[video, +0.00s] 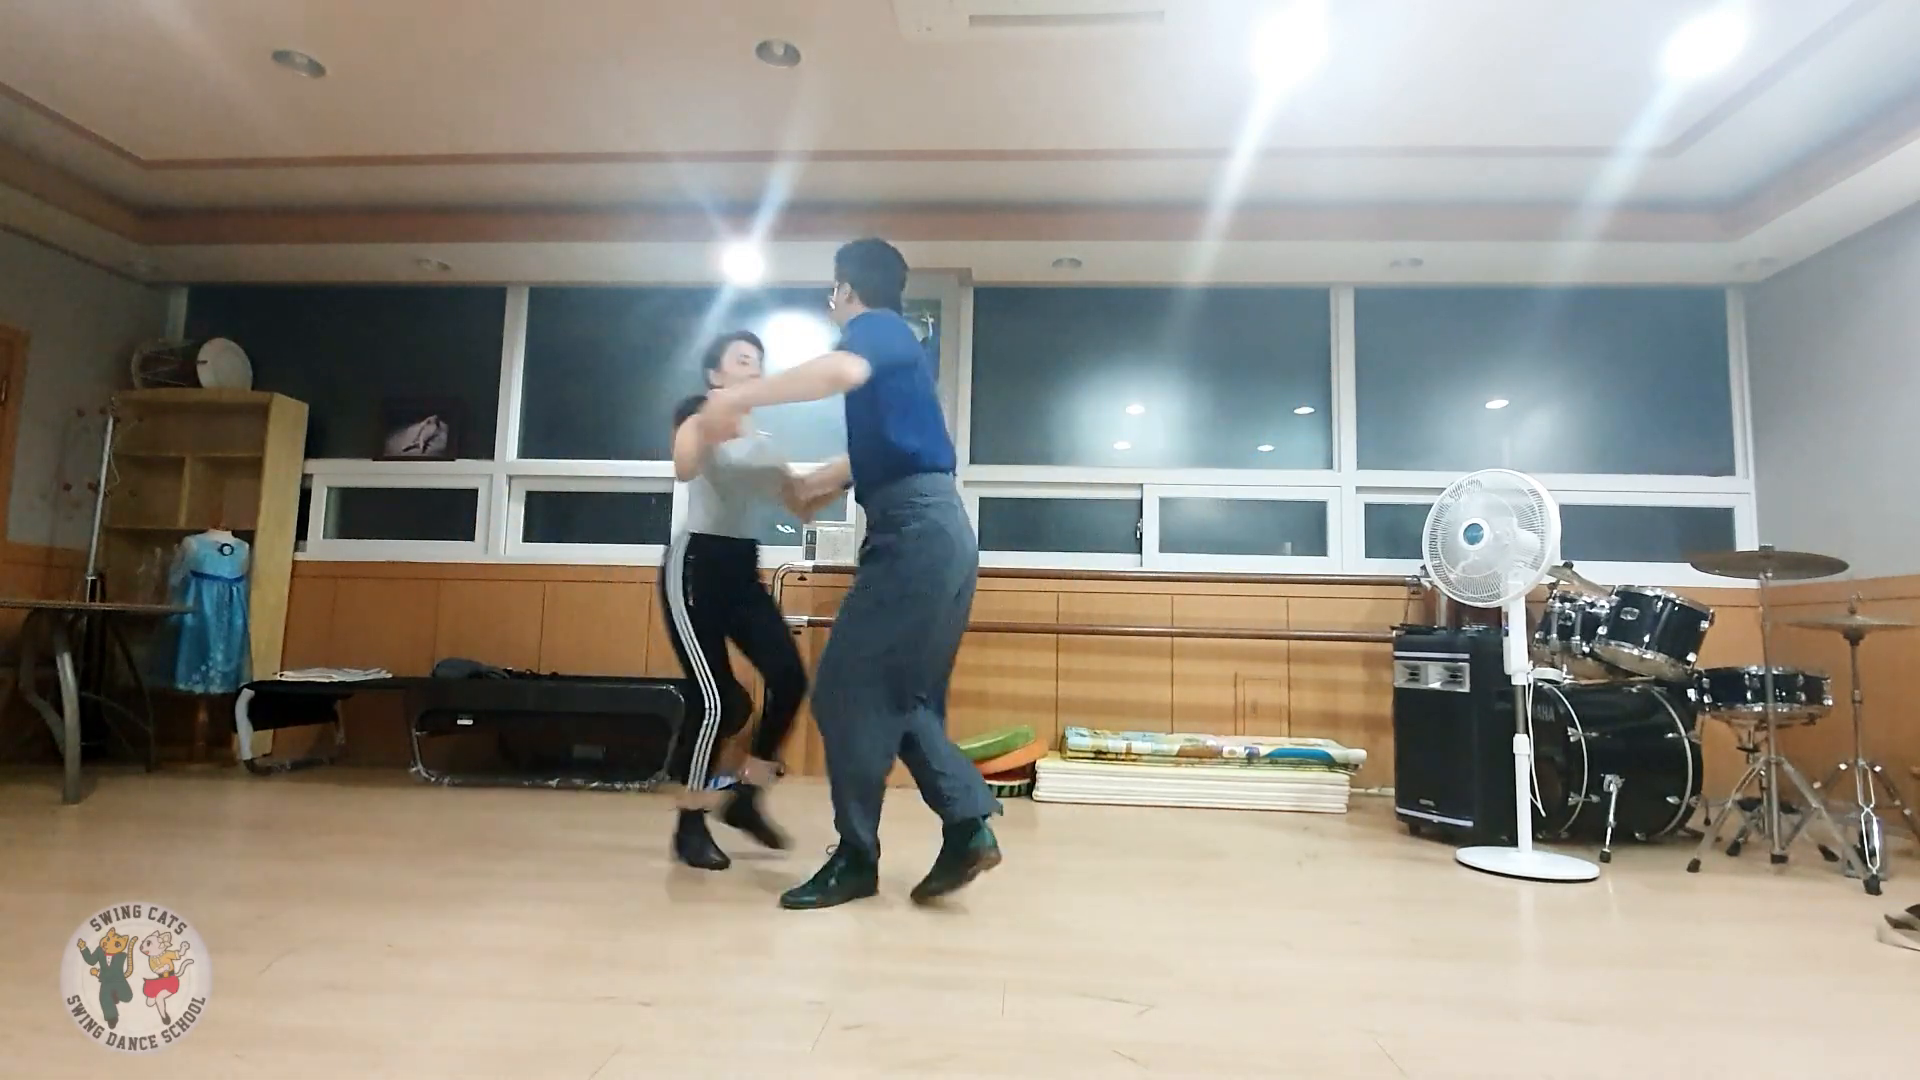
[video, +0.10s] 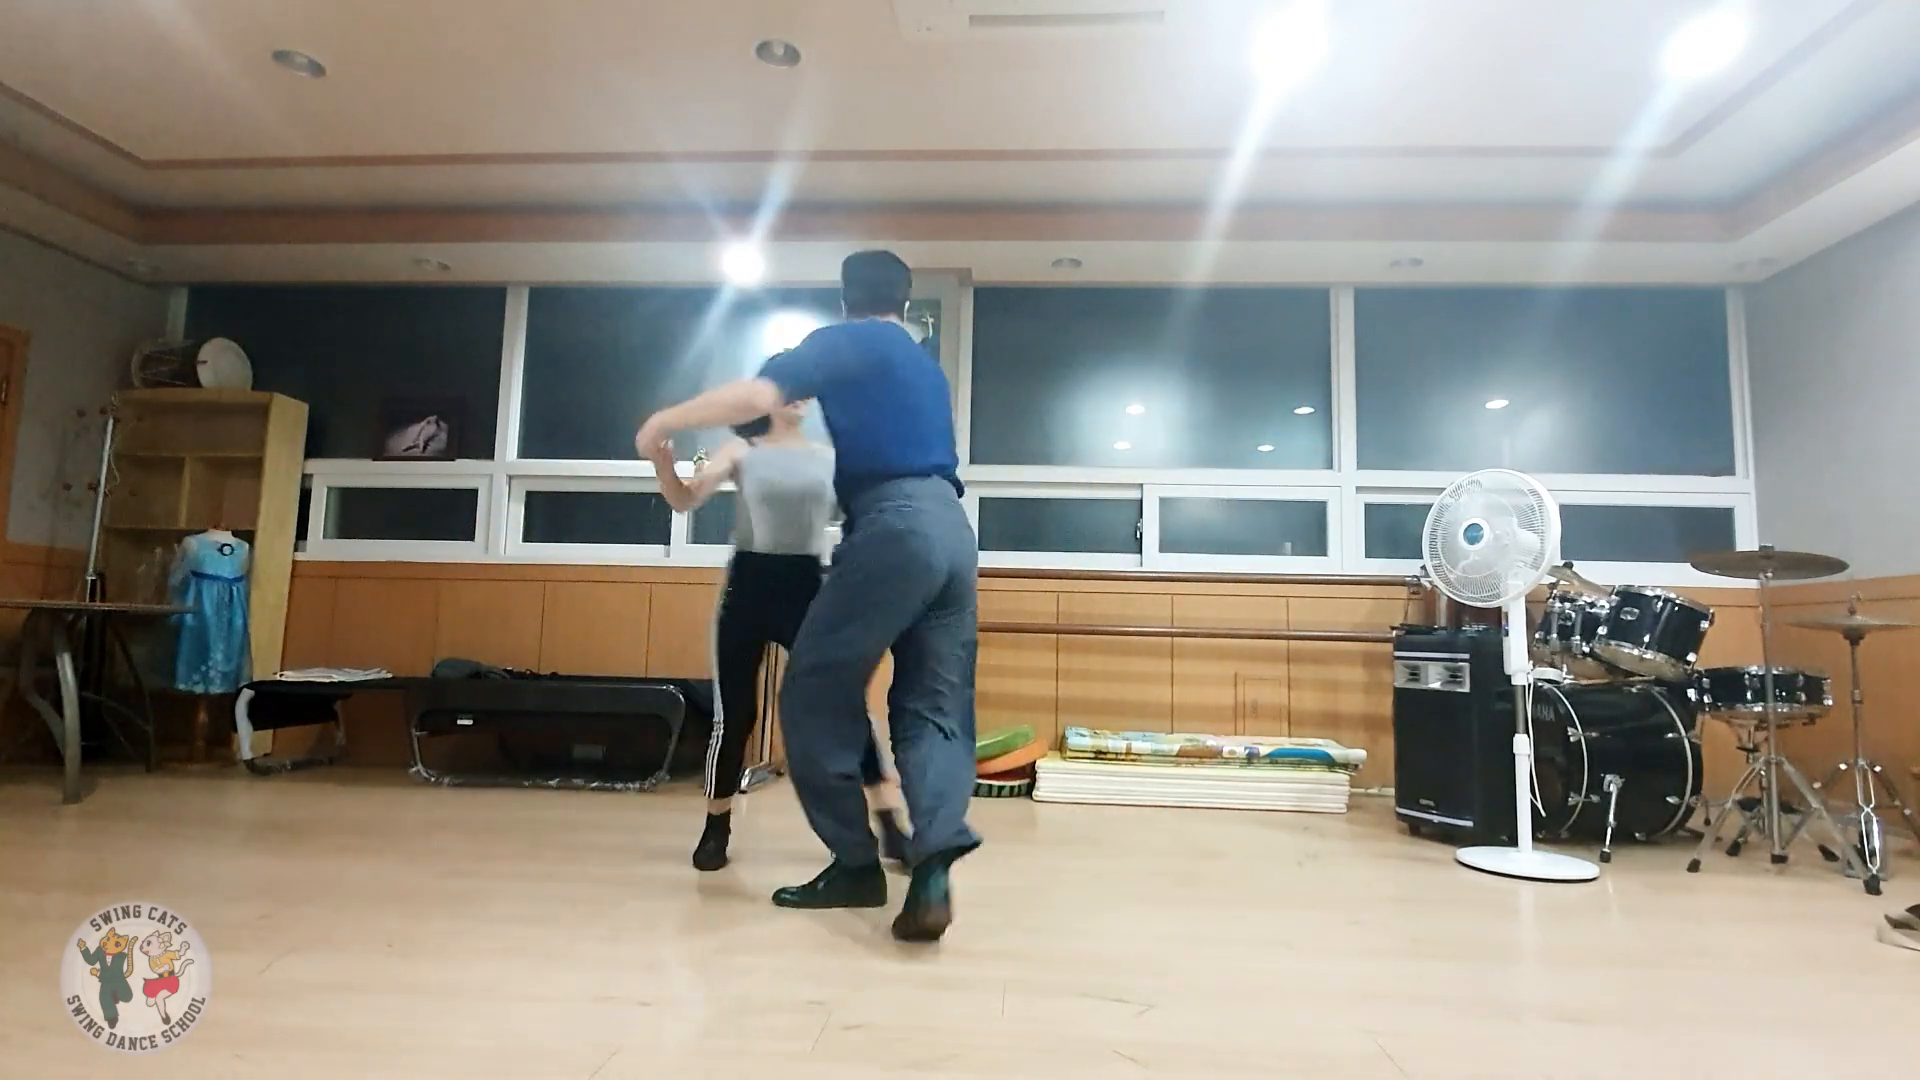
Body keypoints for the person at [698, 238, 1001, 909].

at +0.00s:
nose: (829, 300)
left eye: (833, 289)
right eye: (833, 290)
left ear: (849, 290)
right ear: (890, 291)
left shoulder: (877, 328)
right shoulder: (899, 345)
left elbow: (839, 373)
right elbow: (884, 447)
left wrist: (738, 397)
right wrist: (817, 485)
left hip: (913, 535)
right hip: (940, 536)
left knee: (846, 689)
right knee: (907, 696)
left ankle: (856, 857)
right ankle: (968, 826)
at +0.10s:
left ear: (845, 298)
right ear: (902, 303)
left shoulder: (845, 343)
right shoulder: (925, 363)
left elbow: (759, 397)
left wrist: (661, 424)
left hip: (892, 527)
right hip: (953, 527)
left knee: (819, 688)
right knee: (935, 707)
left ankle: (856, 863)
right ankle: (934, 866)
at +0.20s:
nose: (922, 311)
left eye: (917, 303)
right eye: (921, 301)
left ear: (852, 300)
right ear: (910, 301)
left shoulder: (818, 348)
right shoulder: (949, 367)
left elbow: (735, 433)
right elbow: (973, 473)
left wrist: (693, 475)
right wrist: (945, 507)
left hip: (863, 517)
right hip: (946, 523)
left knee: (800, 698)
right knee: (929, 719)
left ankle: (843, 866)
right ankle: (924, 897)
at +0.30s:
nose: (929, 291)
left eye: (926, 280)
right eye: (926, 279)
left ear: (857, 278)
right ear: (906, 275)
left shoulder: (806, 337)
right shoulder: (941, 337)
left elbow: (761, 453)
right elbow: (974, 447)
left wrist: (777, 508)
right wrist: (945, 501)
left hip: (833, 502)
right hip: (921, 502)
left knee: (821, 686)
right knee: (929, 708)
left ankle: (824, 848)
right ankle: (922, 896)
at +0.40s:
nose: (923, 283)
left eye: (921, 272)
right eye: (919, 270)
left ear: (857, 270)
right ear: (891, 266)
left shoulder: (799, 336)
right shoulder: (919, 320)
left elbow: (786, 440)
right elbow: (956, 430)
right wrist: (978, 456)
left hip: (812, 493)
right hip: (897, 489)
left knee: (827, 672)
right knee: (910, 695)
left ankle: (819, 835)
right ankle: (903, 905)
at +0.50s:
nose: (910, 293)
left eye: (908, 280)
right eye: (906, 279)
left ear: (845, 280)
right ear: (880, 276)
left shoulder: (795, 352)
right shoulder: (899, 339)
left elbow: (794, 464)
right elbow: (944, 451)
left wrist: (901, 498)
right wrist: (961, 454)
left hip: (792, 508)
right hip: (866, 505)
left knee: (836, 679)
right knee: (908, 704)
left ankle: (830, 835)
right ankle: (896, 912)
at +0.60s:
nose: (896, 304)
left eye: (894, 290)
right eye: (890, 289)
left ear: (839, 293)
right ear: (859, 289)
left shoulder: (794, 359)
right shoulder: (864, 350)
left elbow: (859, 468)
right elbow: (907, 460)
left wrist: (942, 496)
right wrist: (977, 509)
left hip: (773, 530)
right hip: (837, 524)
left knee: (836, 693)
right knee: (894, 712)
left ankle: (841, 840)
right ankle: (895, 915)